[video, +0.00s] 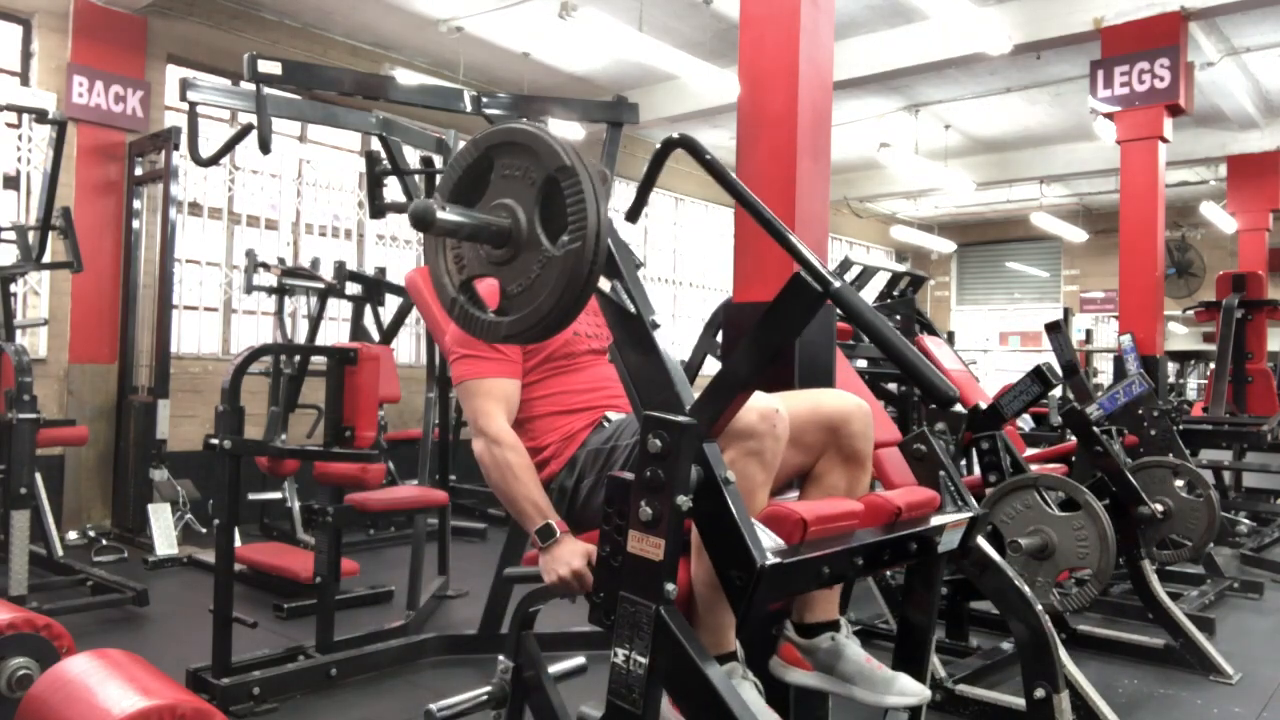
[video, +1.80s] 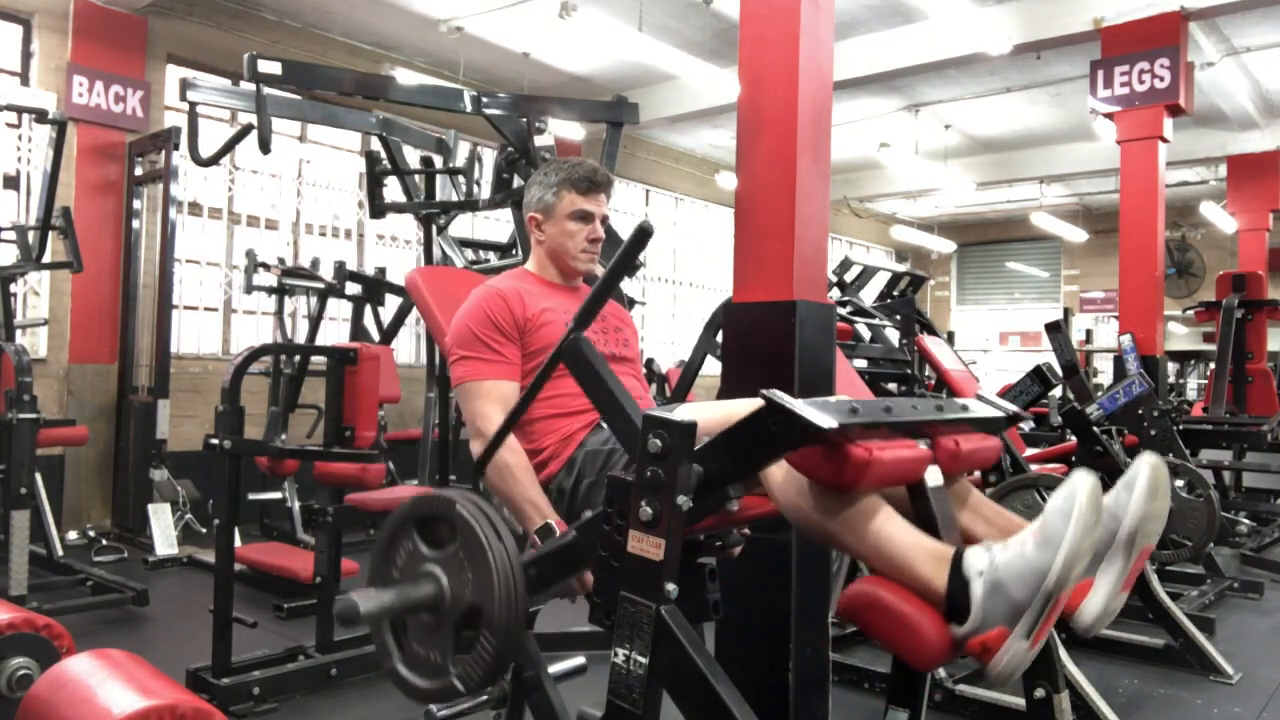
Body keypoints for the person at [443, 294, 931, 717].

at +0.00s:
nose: (544, 204)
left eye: (548, 193)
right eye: (528, 193)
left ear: (549, 204)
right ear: (496, 204)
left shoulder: (565, 272)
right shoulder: (482, 284)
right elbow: (489, 430)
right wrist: (551, 538)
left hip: (637, 437)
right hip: (575, 463)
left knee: (845, 419)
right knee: (755, 423)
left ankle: (817, 633)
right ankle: (712, 656)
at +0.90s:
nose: (597, 233)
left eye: (600, 221)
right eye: (583, 220)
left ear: (601, 230)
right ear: (536, 225)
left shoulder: (611, 306)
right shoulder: (506, 293)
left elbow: (649, 397)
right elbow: (488, 433)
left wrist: (713, 428)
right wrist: (550, 537)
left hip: (656, 445)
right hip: (589, 469)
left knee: (850, 423)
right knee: (758, 427)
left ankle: (894, 647)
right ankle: (790, 683)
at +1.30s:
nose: (592, 235)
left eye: (599, 223)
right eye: (577, 220)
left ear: (601, 229)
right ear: (532, 223)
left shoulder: (611, 305)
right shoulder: (495, 301)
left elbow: (654, 401)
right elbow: (492, 435)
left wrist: (731, 410)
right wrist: (552, 535)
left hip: (660, 439)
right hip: (581, 459)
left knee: (853, 414)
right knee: (763, 428)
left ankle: (982, 626)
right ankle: (886, 667)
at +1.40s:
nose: (594, 239)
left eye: (599, 226)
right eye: (579, 224)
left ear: (599, 227)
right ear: (533, 224)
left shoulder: (600, 301)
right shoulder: (497, 300)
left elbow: (641, 395)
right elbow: (490, 439)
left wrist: (702, 410)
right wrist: (552, 534)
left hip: (657, 433)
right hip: (584, 460)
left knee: (848, 411)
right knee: (759, 422)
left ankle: (993, 612)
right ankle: (905, 657)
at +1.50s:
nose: (595, 237)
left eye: (600, 224)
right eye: (580, 222)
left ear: (597, 227)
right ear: (534, 225)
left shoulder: (593, 301)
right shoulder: (497, 301)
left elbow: (631, 394)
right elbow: (488, 430)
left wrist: (697, 414)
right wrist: (551, 530)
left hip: (652, 434)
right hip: (588, 457)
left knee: (823, 430)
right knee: (814, 411)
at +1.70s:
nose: (595, 236)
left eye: (602, 225)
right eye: (580, 221)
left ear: (604, 232)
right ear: (535, 224)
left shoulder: (610, 309)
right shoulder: (495, 303)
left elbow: (647, 404)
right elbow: (489, 434)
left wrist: (726, 423)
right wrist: (549, 536)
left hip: (653, 454)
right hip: (588, 470)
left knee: (797, 473)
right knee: (813, 411)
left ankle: (956, 606)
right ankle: (1043, 562)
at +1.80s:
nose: (598, 232)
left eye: (603, 221)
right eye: (582, 218)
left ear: (601, 232)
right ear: (535, 224)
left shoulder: (610, 310)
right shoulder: (496, 300)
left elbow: (648, 403)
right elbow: (486, 433)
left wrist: (742, 410)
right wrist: (553, 532)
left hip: (657, 445)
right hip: (588, 464)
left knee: (819, 465)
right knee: (779, 435)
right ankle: (968, 583)